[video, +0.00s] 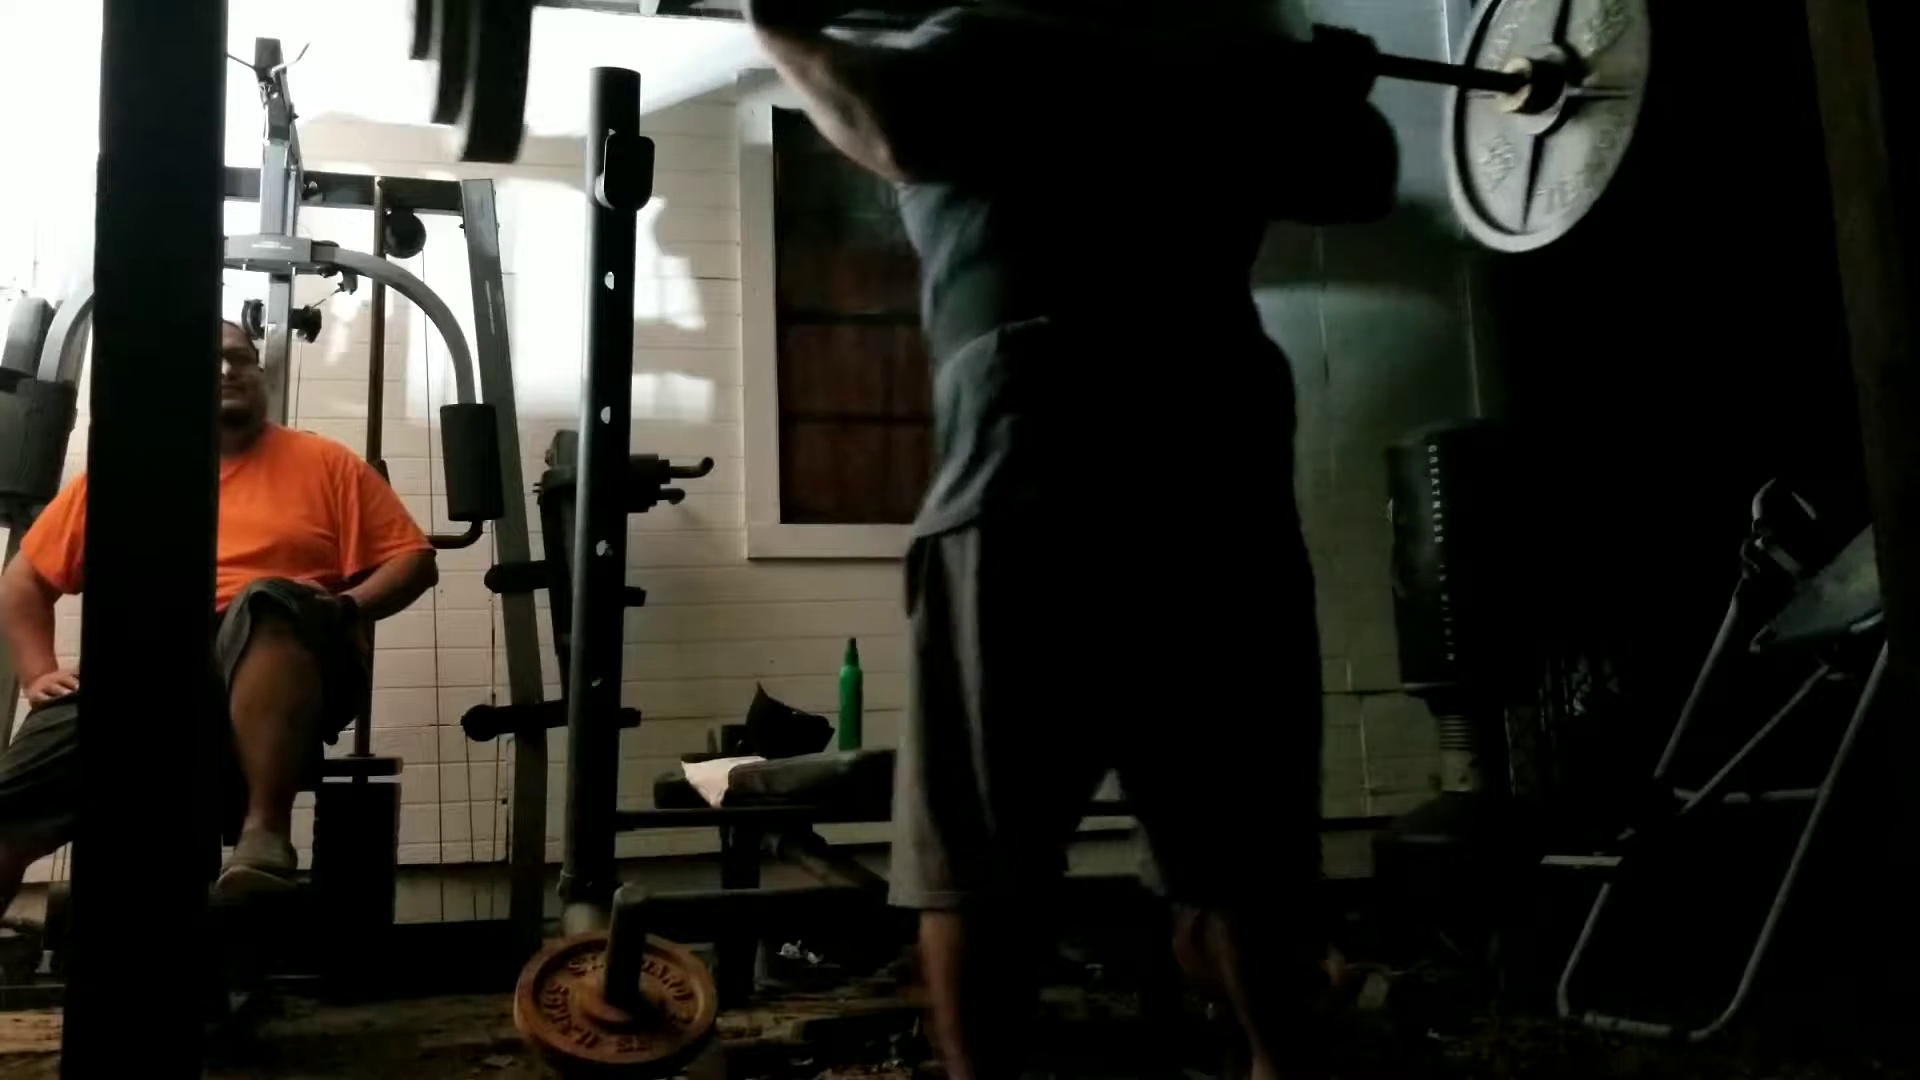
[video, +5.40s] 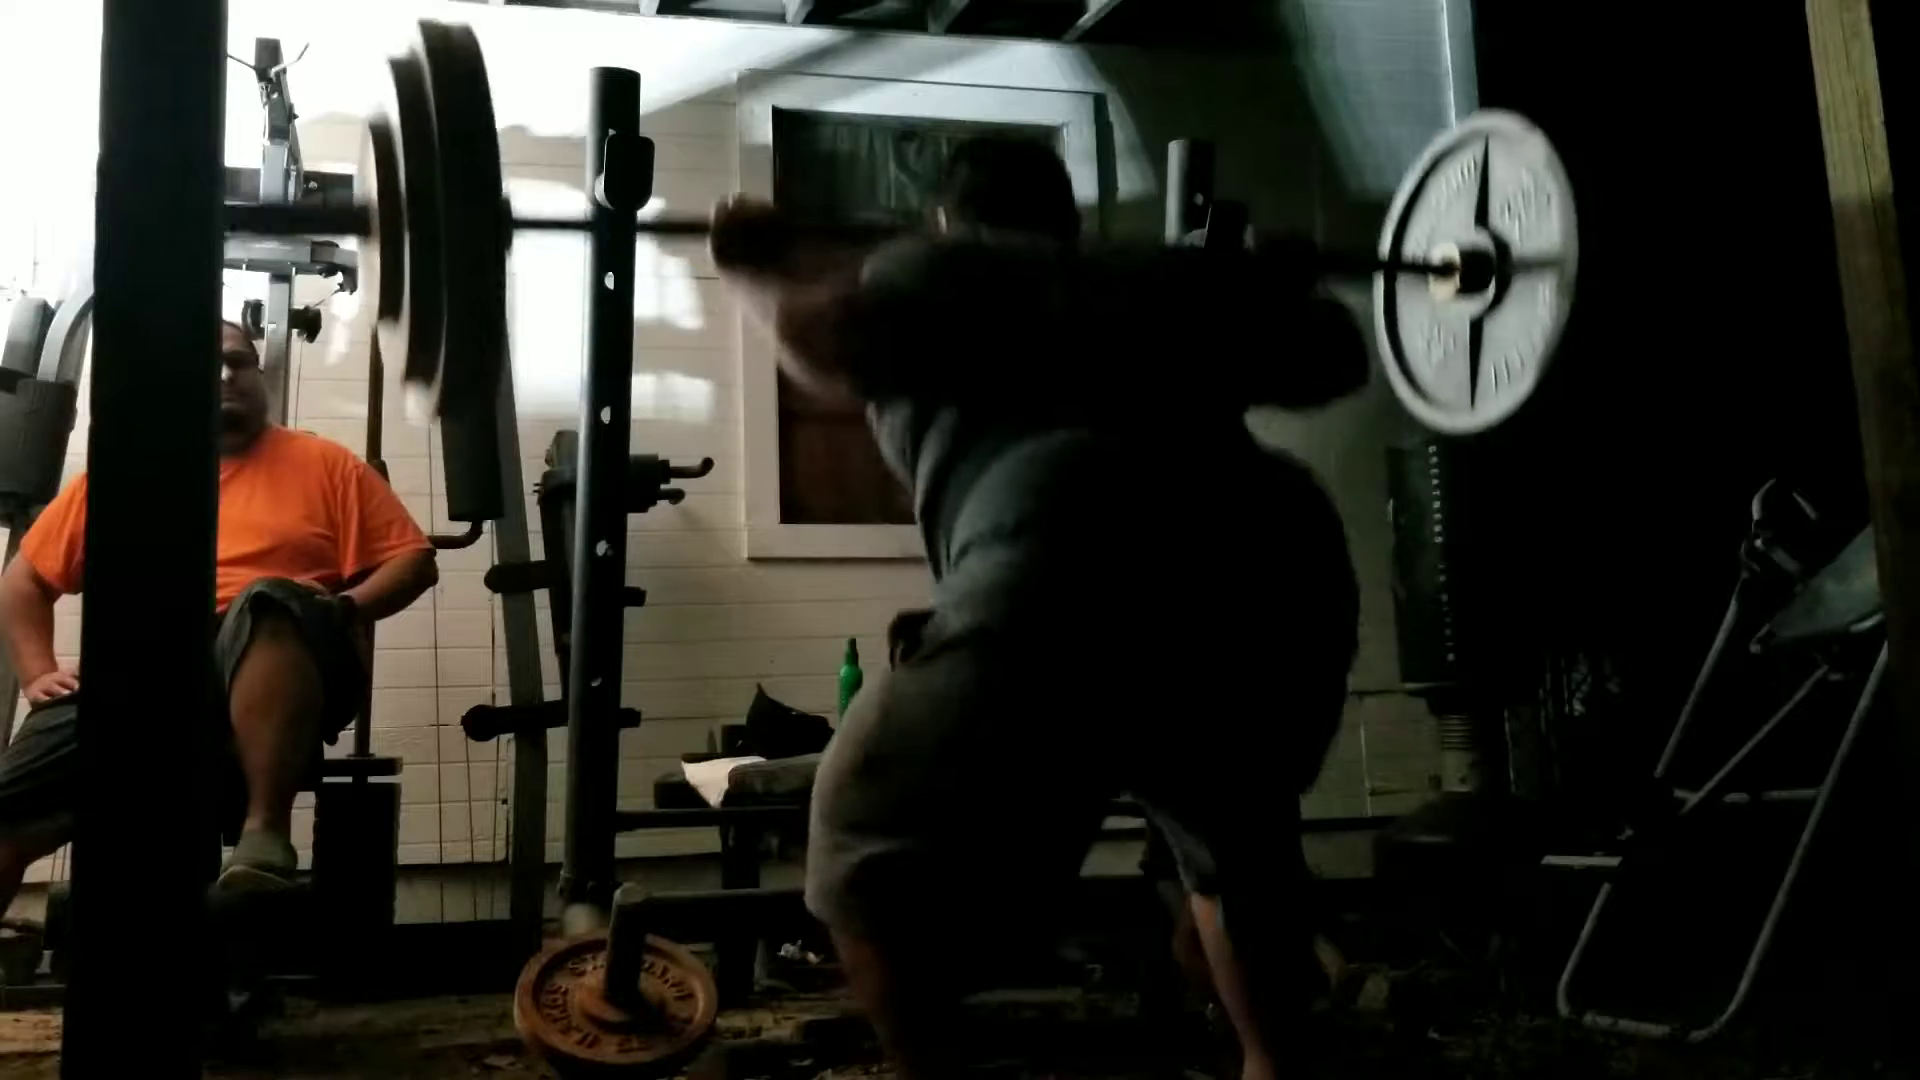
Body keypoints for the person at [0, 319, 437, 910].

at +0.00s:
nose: (228, 370)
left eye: (240, 358)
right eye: (212, 359)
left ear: (263, 374)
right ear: (186, 376)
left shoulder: (325, 464)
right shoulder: (133, 466)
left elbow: (415, 559)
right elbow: (25, 575)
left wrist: (349, 603)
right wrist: (37, 671)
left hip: (290, 670)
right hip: (147, 668)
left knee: (274, 605)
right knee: (11, 809)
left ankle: (265, 829)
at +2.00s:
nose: (227, 375)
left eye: (239, 362)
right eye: (210, 362)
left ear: (263, 378)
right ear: (185, 379)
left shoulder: (324, 464)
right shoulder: (132, 467)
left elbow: (414, 558)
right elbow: (24, 576)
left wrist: (347, 604)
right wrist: (36, 672)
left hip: (284, 668)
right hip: (143, 665)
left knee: (273, 604)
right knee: (13, 804)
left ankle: (266, 830)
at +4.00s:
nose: (227, 376)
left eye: (239, 363)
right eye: (210, 365)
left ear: (263, 378)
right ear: (184, 381)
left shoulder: (324, 464)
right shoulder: (131, 467)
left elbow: (414, 560)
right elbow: (23, 576)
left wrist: (346, 605)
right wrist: (37, 672)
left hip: (284, 666)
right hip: (142, 664)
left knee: (273, 604)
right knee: (11, 811)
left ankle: (265, 830)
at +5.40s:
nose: (225, 376)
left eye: (238, 362)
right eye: (209, 363)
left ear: (264, 377)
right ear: (184, 378)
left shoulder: (324, 464)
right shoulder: (131, 467)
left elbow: (415, 560)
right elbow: (24, 576)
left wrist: (345, 605)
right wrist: (37, 671)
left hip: (286, 671)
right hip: (143, 669)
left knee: (274, 604)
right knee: (7, 815)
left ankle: (265, 829)